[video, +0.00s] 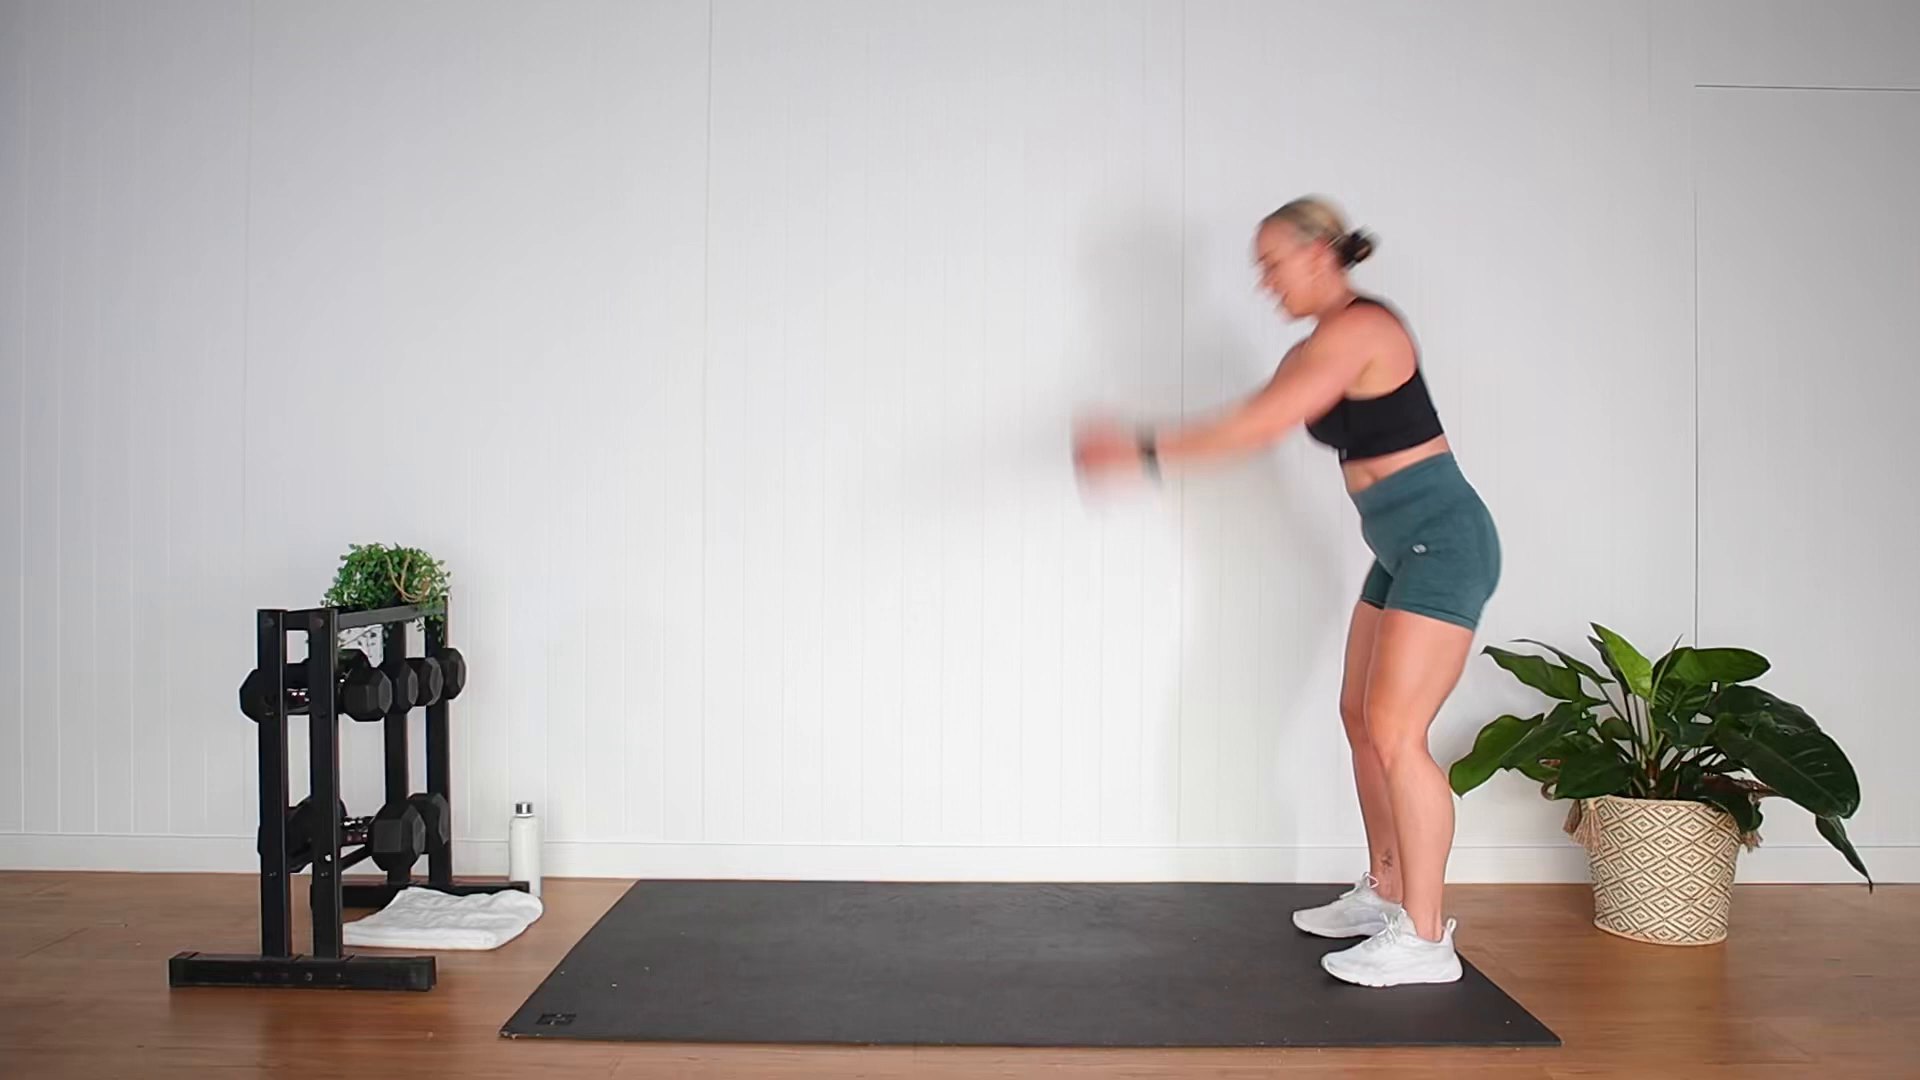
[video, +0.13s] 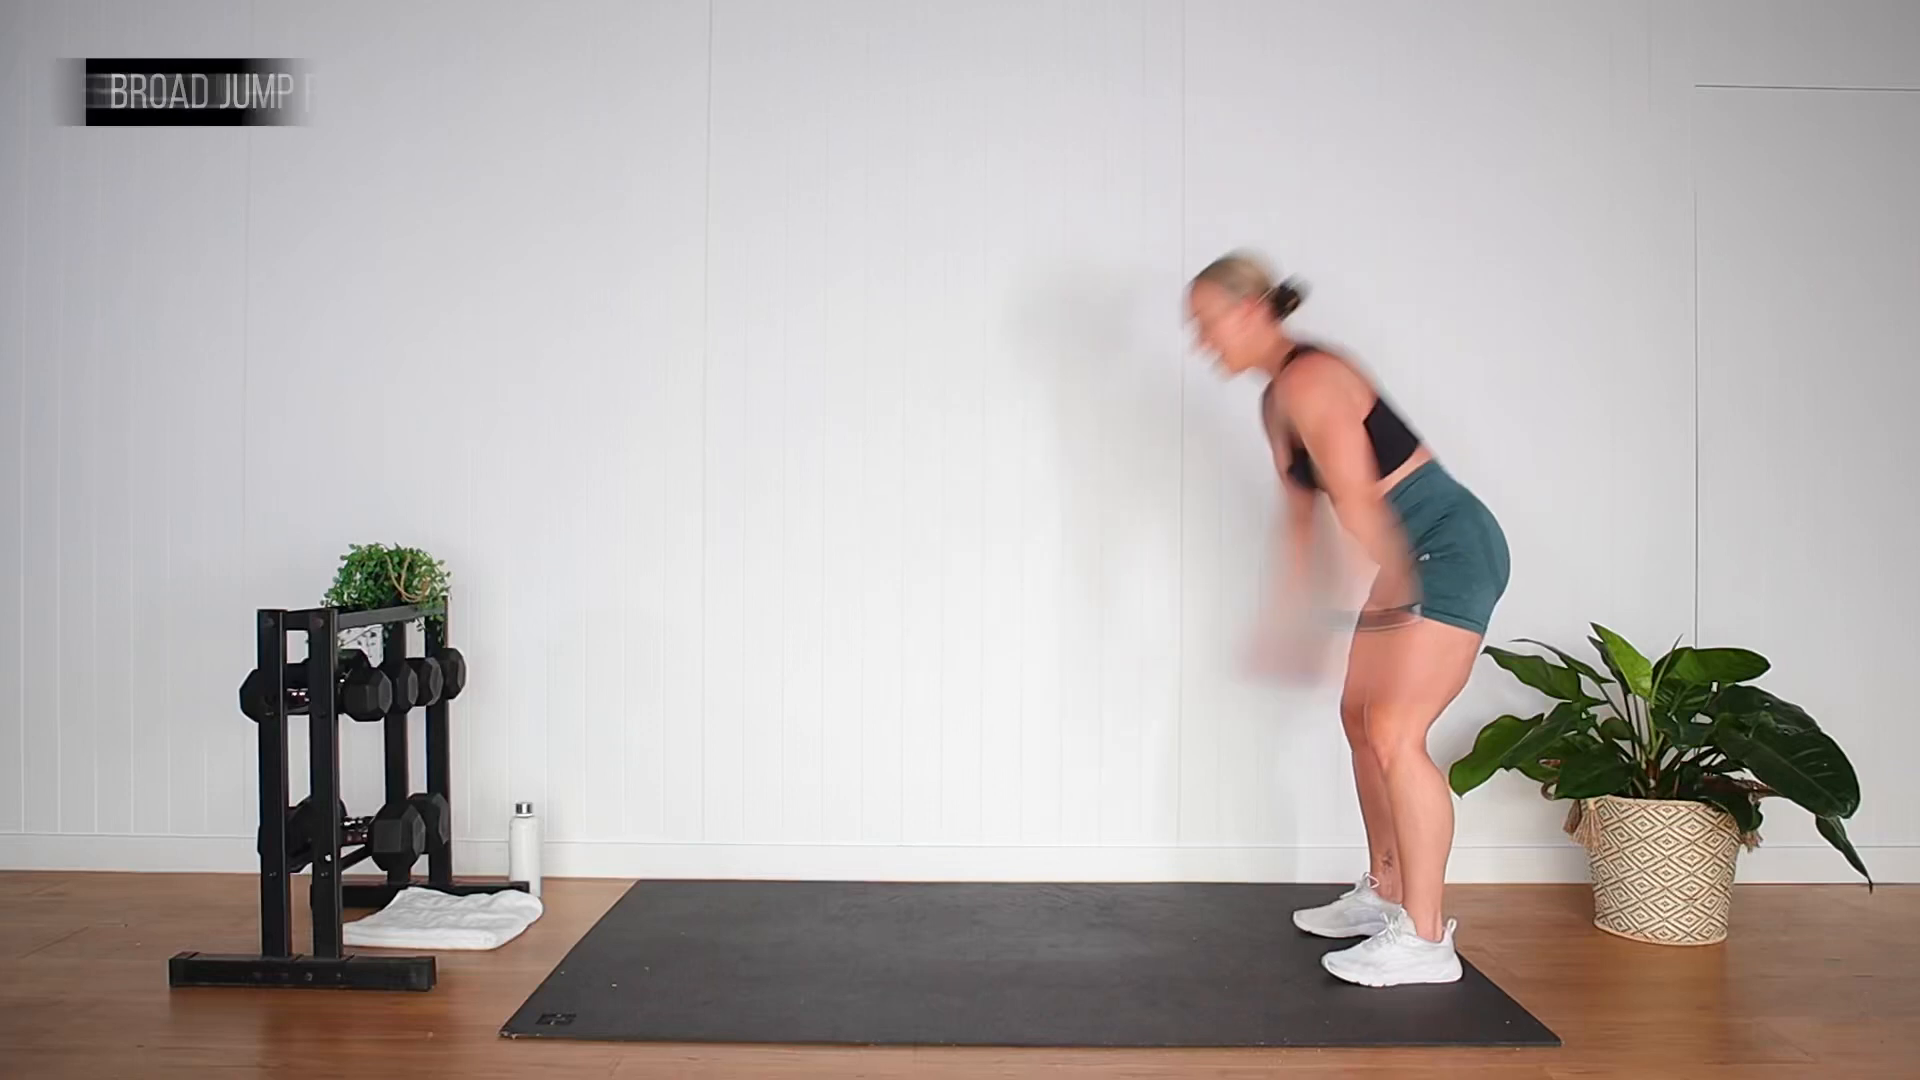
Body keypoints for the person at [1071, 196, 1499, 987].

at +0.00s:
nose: (1266, 282)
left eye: (1274, 265)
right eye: (1263, 267)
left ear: (1323, 254)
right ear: (1312, 259)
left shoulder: (1357, 331)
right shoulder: (1326, 337)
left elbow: (1259, 426)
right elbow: (1249, 425)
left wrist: (1146, 451)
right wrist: (1148, 446)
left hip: (1444, 541)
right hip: (1400, 546)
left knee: (1398, 732)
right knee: (1365, 723)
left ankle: (1426, 937)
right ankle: (1390, 893)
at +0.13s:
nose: (1201, 340)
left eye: (1208, 321)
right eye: (1196, 326)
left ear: (1255, 310)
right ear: (1242, 318)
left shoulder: (1314, 383)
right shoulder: (1279, 399)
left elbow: (1363, 504)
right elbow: (1300, 521)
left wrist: (1398, 573)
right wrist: (1287, 626)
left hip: (1454, 543)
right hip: (1409, 548)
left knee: (1397, 731)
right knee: (1363, 718)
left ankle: (1427, 936)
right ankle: (1389, 893)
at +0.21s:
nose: (1167, 383)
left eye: (1172, 364)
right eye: (1163, 368)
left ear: (1219, 350)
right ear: (1210, 357)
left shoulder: (1290, 412)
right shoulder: (1261, 421)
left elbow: (1403, 476)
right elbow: (1386, 476)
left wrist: (1491, 545)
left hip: (1444, 559)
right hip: (1400, 564)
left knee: (1392, 732)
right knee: (1359, 719)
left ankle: (1427, 935)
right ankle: (1389, 892)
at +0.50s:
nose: (1099, 450)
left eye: (1104, 433)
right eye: (1096, 435)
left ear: (1152, 425)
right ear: (1153, 426)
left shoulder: (1223, 476)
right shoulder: (1207, 472)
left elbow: (1346, 527)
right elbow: (1335, 522)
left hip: (1403, 600)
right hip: (1369, 596)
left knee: (1316, 753)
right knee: (1298, 739)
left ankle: (1416, 932)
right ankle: (1381, 891)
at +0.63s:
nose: (1105, 402)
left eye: (1110, 383)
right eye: (1101, 386)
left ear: (1156, 374)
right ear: (1152, 377)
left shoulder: (1206, 453)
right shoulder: (1190, 451)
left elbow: (1214, 592)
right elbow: (1202, 578)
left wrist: (1187, 688)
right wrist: (1176, 676)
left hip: (1357, 606)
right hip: (1323, 609)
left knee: (1275, 775)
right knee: (1257, 757)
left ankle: (1410, 923)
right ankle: (1373, 890)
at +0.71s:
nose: (1096, 337)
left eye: (1102, 318)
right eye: (1092, 321)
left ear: (1146, 309)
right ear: (1141, 314)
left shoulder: (1183, 391)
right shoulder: (1170, 387)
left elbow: (1123, 511)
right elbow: (1116, 500)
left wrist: (1026, 551)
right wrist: (1013, 531)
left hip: (1296, 575)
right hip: (1277, 577)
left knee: (1266, 768)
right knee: (1251, 755)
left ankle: (1405, 916)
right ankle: (1373, 887)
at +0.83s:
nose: (1034, 239)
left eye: (1039, 221)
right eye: (1030, 226)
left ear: (1083, 207)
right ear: (1078, 212)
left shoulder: (1117, 281)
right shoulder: (1102, 281)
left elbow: (1026, 376)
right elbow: (1017, 367)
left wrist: (922, 383)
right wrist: (918, 378)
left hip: (1195, 483)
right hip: (1183, 483)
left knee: (1193, 686)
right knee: (1195, 684)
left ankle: (1319, 851)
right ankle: (1305, 836)